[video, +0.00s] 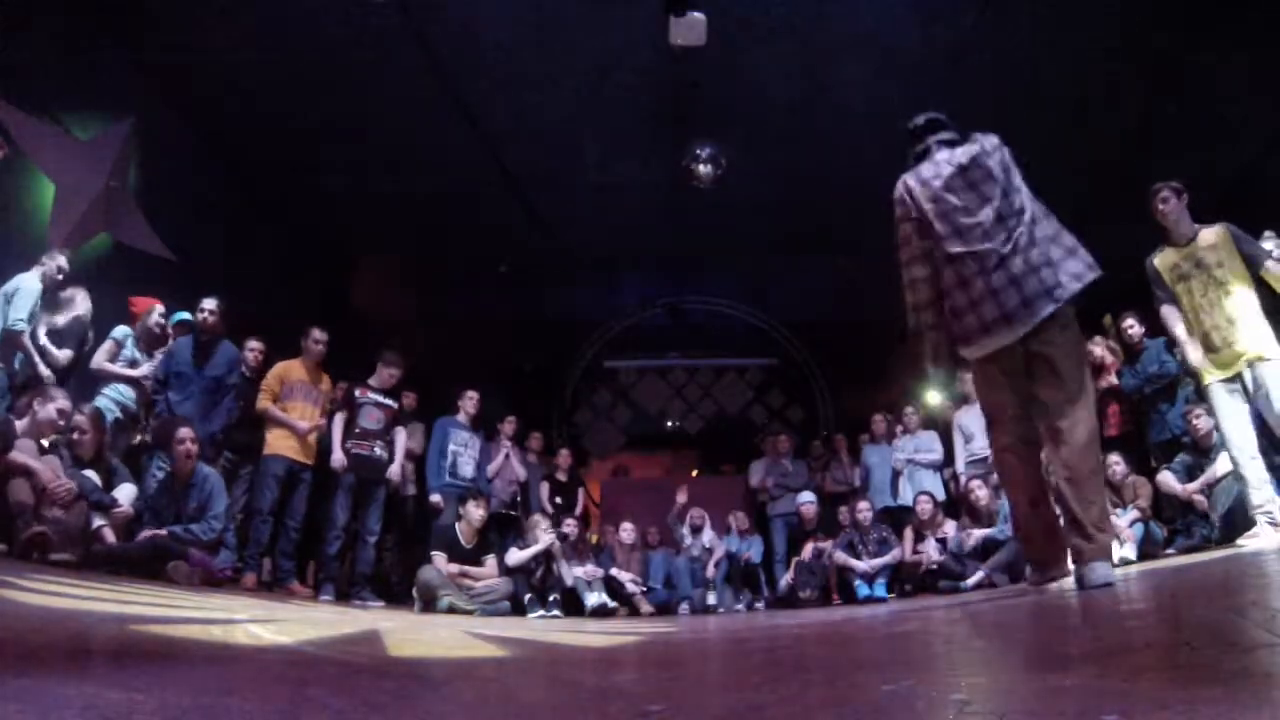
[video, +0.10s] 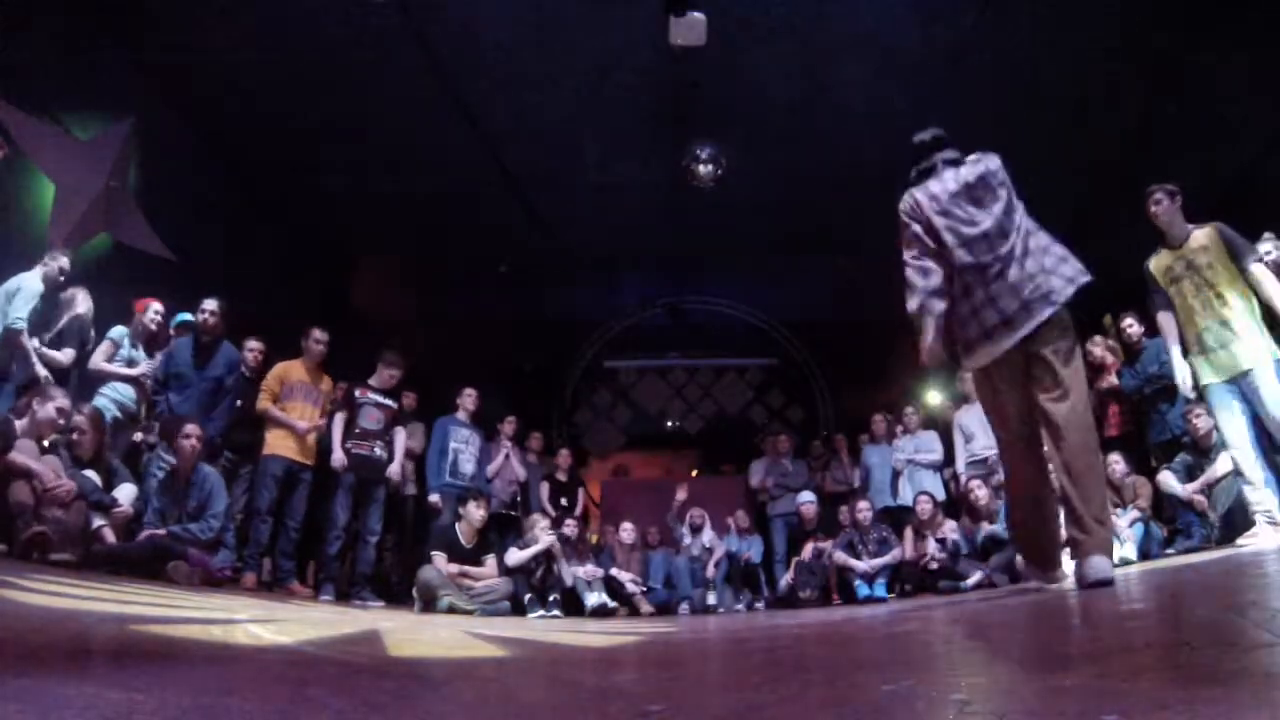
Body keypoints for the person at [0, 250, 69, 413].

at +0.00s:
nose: (61, 278)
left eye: (65, 275)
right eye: (59, 270)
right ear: (45, 261)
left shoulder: (25, 280)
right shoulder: (31, 284)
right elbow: (16, 328)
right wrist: (40, 366)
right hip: (5, 367)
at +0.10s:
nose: (62, 279)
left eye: (66, 275)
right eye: (61, 271)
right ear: (46, 262)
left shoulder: (24, 279)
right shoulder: (33, 284)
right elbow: (16, 325)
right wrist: (37, 366)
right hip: (6, 370)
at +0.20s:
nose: (61, 281)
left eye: (65, 277)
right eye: (61, 274)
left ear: (48, 264)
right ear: (50, 264)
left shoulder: (18, 278)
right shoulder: (35, 286)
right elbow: (17, 326)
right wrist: (37, 366)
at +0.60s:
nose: (50, 287)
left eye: (51, 282)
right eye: (51, 281)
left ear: (34, 266)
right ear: (48, 277)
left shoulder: (5, 278)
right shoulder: (31, 292)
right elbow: (9, 322)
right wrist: (19, 363)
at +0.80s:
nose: (40, 292)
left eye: (42, 287)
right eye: (41, 287)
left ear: (27, 272)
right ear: (36, 283)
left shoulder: (3, 281)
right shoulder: (23, 300)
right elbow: (4, 325)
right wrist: (3, 363)